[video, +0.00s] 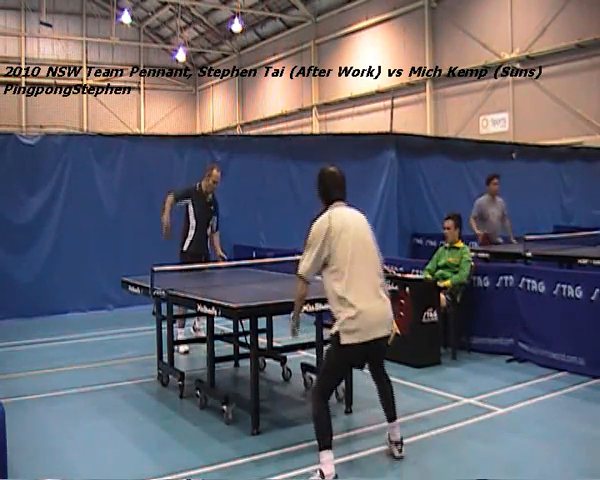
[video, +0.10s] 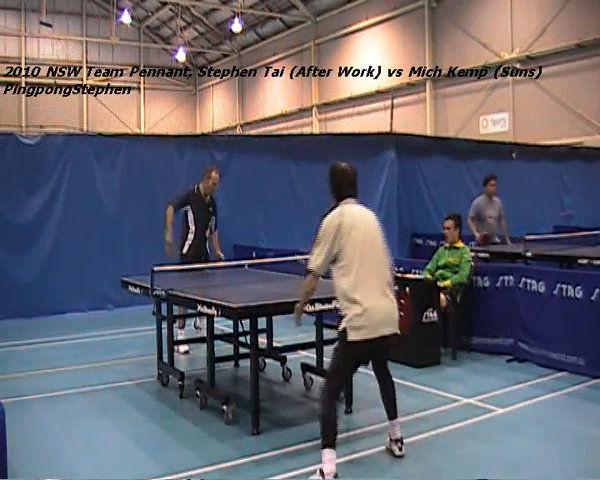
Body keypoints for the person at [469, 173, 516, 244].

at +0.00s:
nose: (497, 187)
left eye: (498, 184)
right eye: (494, 184)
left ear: (499, 186)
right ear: (488, 186)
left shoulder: (500, 202)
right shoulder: (480, 202)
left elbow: (505, 219)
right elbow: (472, 219)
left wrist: (511, 237)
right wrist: (478, 232)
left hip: (497, 237)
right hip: (484, 238)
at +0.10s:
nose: (493, 188)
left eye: (494, 185)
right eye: (491, 185)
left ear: (496, 187)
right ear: (485, 187)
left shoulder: (497, 202)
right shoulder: (477, 202)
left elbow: (501, 220)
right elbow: (469, 220)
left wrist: (506, 237)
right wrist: (476, 234)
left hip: (494, 238)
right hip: (481, 238)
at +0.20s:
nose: (491, 190)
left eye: (492, 187)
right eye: (489, 187)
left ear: (493, 188)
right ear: (482, 188)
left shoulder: (493, 199)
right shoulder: (474, 202)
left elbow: (497, 217)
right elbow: (468, 219)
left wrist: (501, 234)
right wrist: (477, 234)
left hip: (492, 237)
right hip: (479, 239)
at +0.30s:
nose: (489, 189)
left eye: (490, 187)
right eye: (487, 186)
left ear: (491, 187)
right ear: (481, 187)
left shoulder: (490, 198)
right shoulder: (472, 199)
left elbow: (490, 214)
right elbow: (468, 217)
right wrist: (477, 229)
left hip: (490, 234)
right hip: (478, 237)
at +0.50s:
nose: (485, 187)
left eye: (486, 185)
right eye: (482, 184)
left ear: (486, 186)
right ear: (476, 185)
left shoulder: (484, 197)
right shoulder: (468, 200)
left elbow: (484, 213)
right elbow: (462, 217)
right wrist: (471, 226)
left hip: (485, 233)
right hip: (474, 236)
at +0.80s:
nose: (478, 187)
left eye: (478, 184)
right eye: (475, 184)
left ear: (480, 186)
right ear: (469, 186)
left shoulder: (480, 198)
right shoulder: (462, 201)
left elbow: (483, 213)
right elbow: (458, 218)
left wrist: (489, 224)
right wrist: (464, 229)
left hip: (479, 232)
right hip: (466, 233)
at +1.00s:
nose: (472, 186)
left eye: (473, 184)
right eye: (469, 183)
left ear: (474, 186)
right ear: (463, 186)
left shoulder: (473, 198)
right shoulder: (455, 201)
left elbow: (476, 213)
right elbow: (450, 218)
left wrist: (481, 228)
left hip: (471, 234)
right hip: (459, 235)